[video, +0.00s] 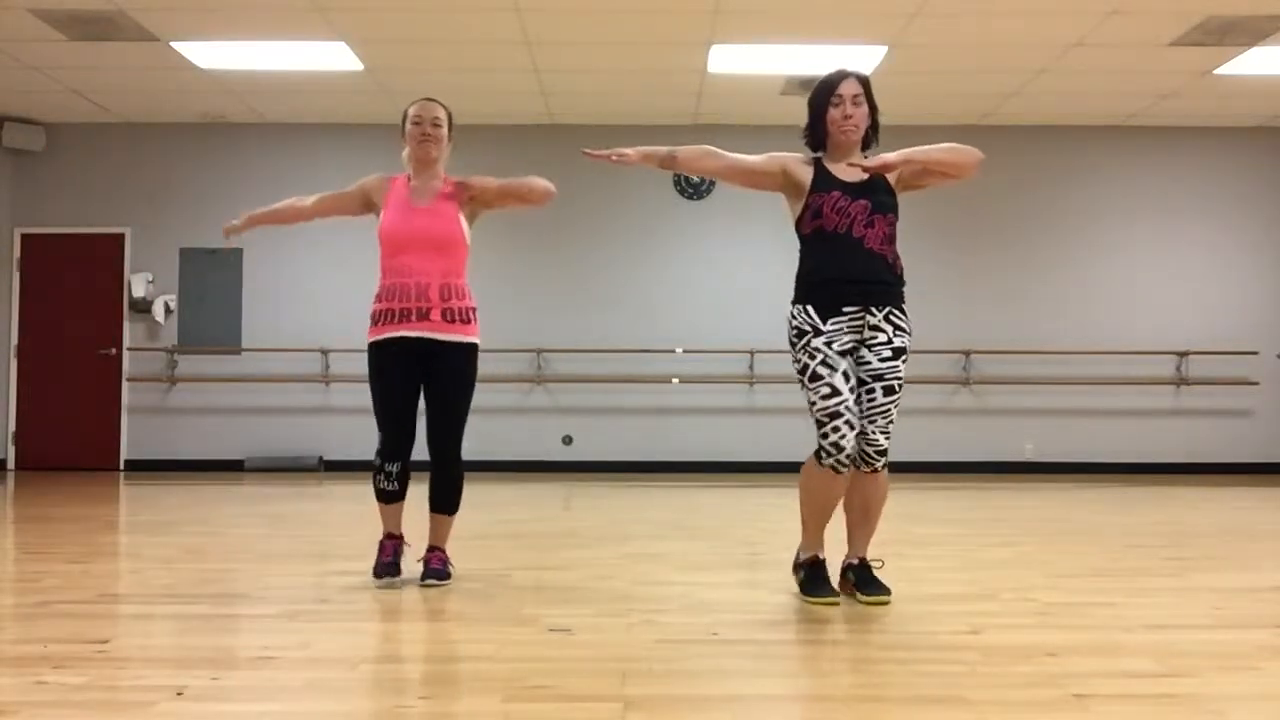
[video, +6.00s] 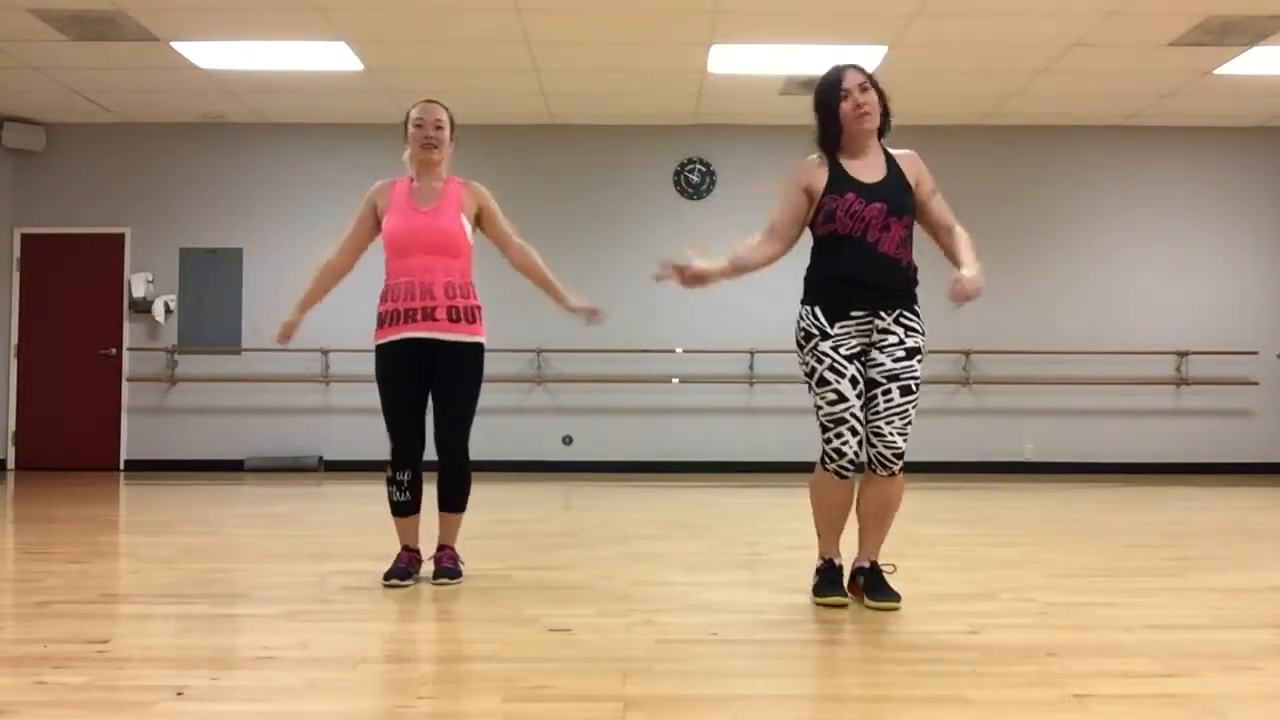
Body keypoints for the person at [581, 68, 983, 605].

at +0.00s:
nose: (848, 111)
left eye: (857, 102)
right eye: (838, 103)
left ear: (871, 114)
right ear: (819, 114)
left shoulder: (891, 174)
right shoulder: (798, 171)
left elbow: (972, 159)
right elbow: (721, 162)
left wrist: (902, 160)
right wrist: (647, 156)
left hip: (884, 319)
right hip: (820, 320)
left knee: (874, 444)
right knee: (839, 440)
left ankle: (858, 563)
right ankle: (811, 557)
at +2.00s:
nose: (832, 99)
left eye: (842, 91)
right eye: (823, 92)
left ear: (860, 105)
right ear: (807, 107)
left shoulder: (881, 159)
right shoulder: (787, 163)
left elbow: (957, 152)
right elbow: (715, 151)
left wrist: (1032, 147)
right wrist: (789, 147)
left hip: (870, 314)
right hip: (804, 314)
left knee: (878, 435)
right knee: (821, 434)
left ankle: (855, 539)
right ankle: (816, 560)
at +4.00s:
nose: (846, 101)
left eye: (855, 93)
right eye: (834, 94)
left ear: (869, 105)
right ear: (817, 107)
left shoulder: (887, 155)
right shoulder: (795, 158)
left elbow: (958, 112)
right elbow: (727, 118)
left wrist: (1027, 76)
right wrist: (657, 75)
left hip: (879, 315)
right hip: (813, 316)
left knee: (870, 437)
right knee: (824, 434)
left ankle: (854, 553)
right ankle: (811, 554)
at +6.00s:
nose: (858, 100)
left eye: (864, 90)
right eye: (845, 96)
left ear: (881, 100)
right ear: (830, 113)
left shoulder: (908, 165)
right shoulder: (814, 172)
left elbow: (947, 229)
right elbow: (771, 242)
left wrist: (968, 266)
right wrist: (715, 269)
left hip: (897, 320)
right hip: (830, 321)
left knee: (889, 446)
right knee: (844, 444)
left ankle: (867, 567)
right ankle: (828, 563)